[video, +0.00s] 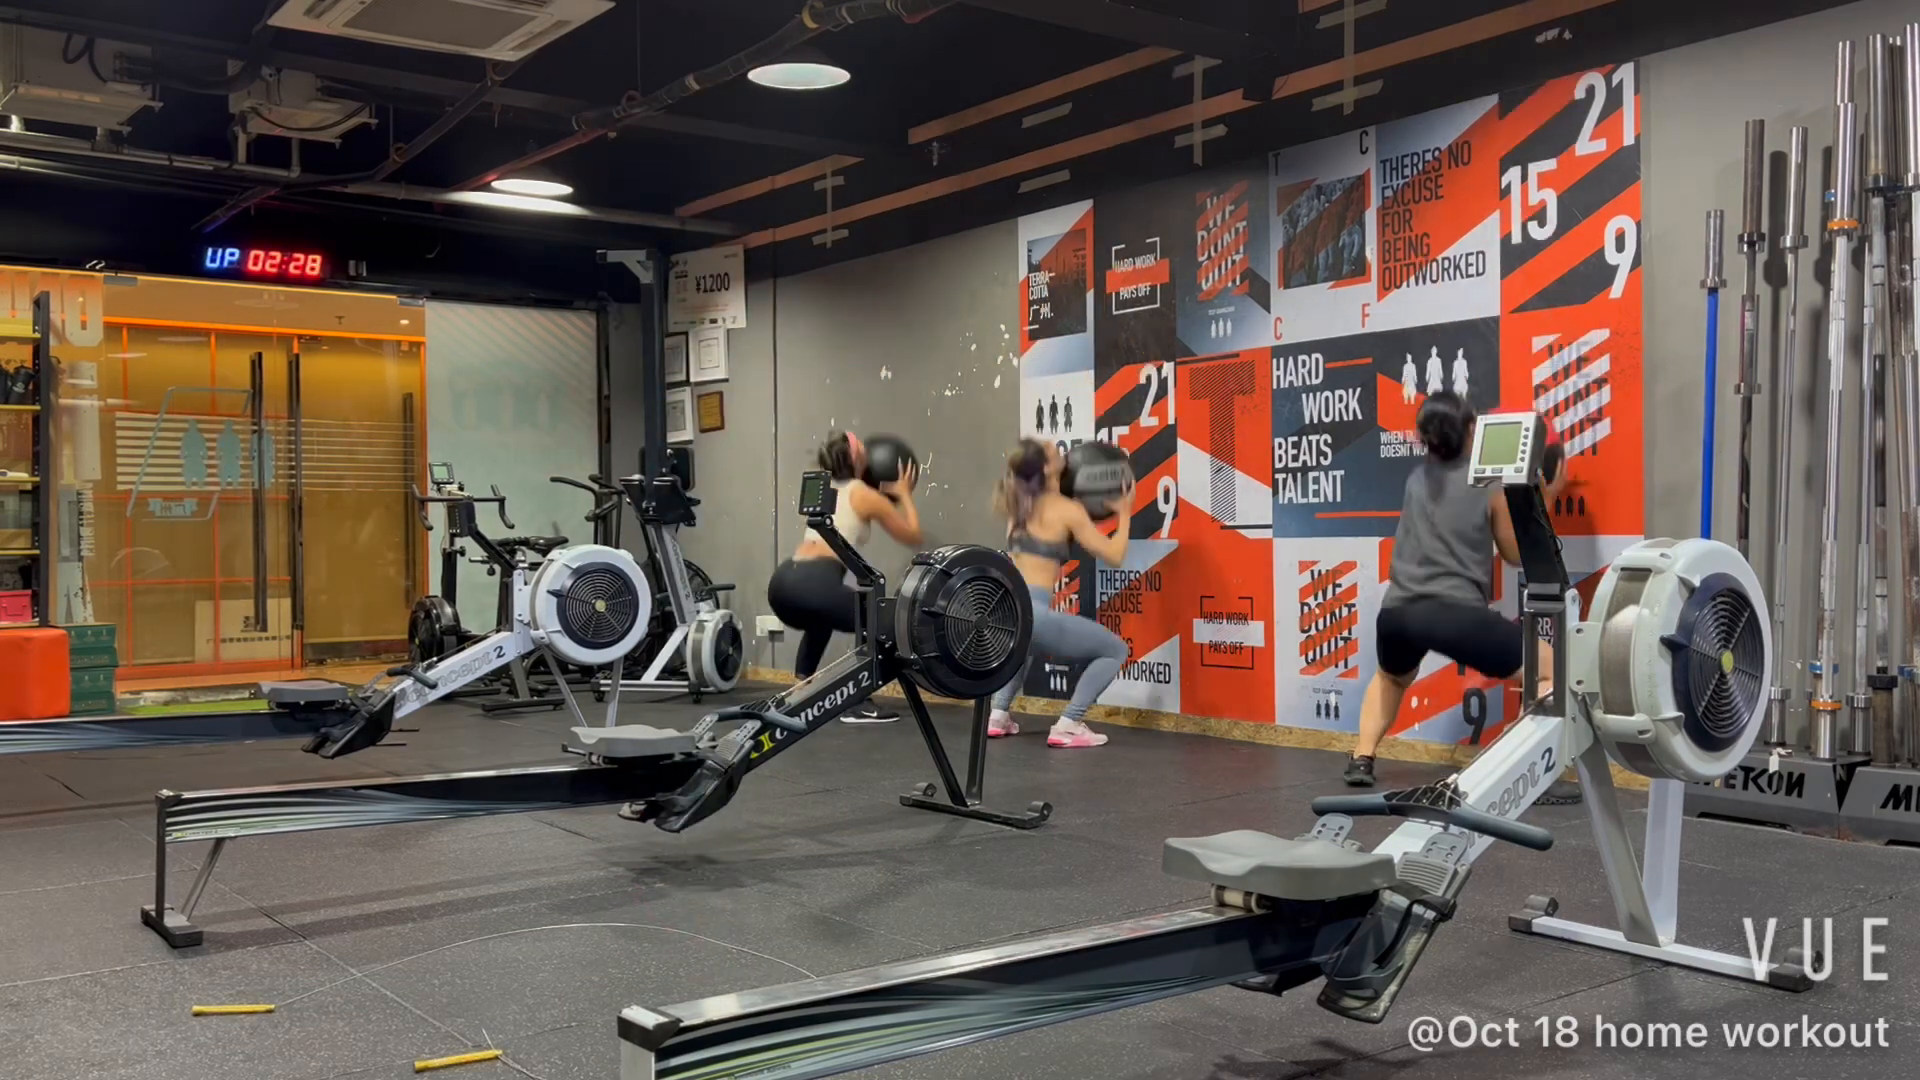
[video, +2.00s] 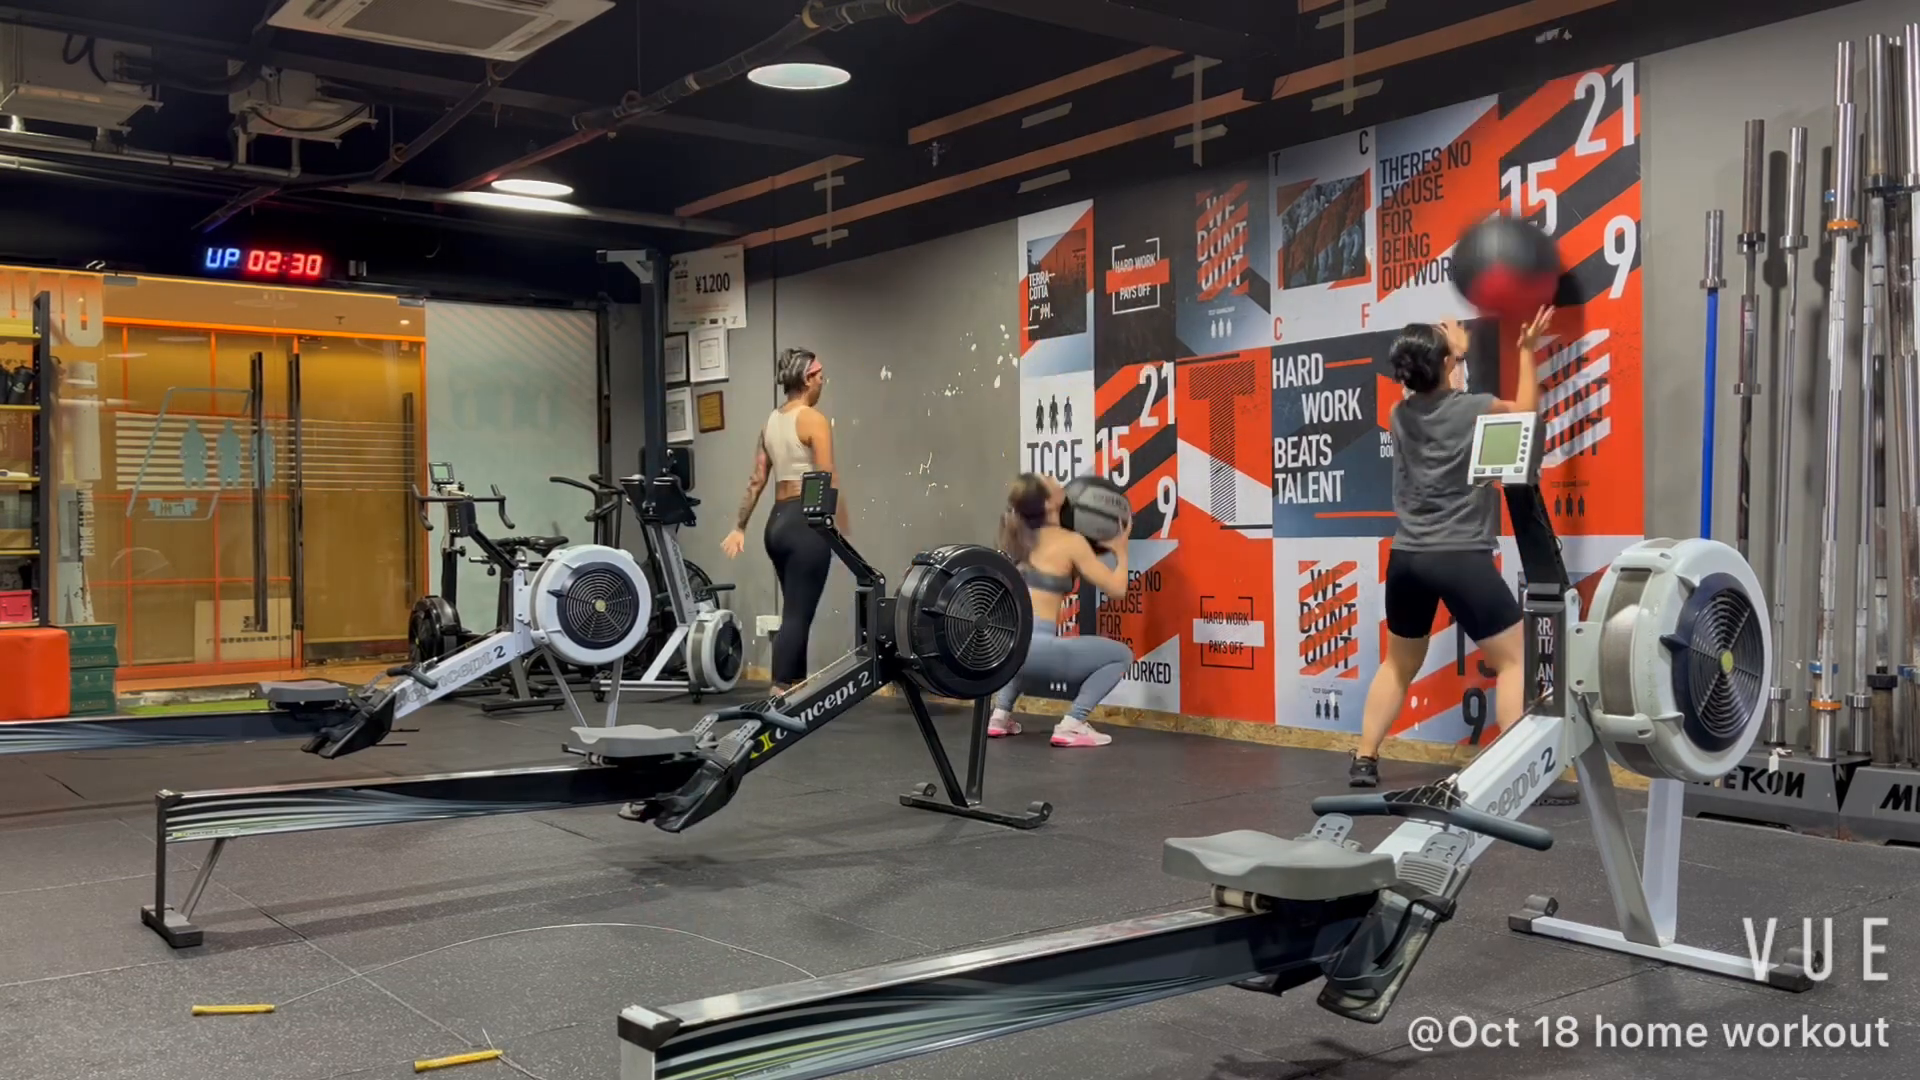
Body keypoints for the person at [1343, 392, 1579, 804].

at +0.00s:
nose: (1479, 429)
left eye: (1474, 423)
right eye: (1475, 424)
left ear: (1426, 437)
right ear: (1470, 432)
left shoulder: (1416, 480)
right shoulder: (1488, 485)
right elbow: (1515, 554)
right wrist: (1545, 499)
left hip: (1399, 612)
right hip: (1459, 614)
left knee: (1390, 677)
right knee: (1547, 669)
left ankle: (1361, 759)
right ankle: (1541, 775)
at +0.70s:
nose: (1482, 480)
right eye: (1479, 474)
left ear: (1432, 485)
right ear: (1475, 484)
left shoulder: (1418, 525)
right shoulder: (1498, 536)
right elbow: (1513, 609)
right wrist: (1520, 573)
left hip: (1387, 650)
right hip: (1450, 649)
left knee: (1388, 683)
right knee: (1548, 672)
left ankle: (1362, 759)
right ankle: (1533, 772)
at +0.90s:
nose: (1478, 435)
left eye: (1473, 429)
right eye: (1474, 431)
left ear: (1426, 447)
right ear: (1470, 444)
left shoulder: (1414, 490)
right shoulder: (1489, 494)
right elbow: (1514, 568)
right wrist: (1533, 509)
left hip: (1390, 612)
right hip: (1451, 613)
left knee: (1392, 675)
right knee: (1542, 670)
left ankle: (1363, 757)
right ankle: (1528, 775)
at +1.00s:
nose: (1469, 402)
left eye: (1464, 395)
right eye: (1465, 397)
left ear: (1419, 412)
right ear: (1461, 406)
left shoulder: (1408, 455)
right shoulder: (1481, 451)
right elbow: (1506, 522)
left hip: (1399, 587)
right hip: (1458, 585)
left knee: (1391, 671)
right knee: (1533, 667)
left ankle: (1363, 755)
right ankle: (1525, 767)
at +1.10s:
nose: (1450, 352)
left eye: (1442, 346)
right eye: (1446, 348)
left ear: (1406, 363)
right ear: (1445, 358)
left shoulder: (1401, 407)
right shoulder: (1477, 402)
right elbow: (1523, 454)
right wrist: (1519, 391)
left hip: (1409, 547)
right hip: (1467, 544)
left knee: (1397, 647)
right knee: (1513, 646)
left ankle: (1364, 747)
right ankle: (1533, 763)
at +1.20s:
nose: (1443, 322)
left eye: (1438, 316)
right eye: (1438, 318)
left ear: (1399, 337)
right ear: (1434, 331)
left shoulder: (1391, 374)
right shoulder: (1465, 364)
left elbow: (1416, 344)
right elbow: (1521, 345)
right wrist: (1520, 282)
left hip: (1417, 514)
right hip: (1471, 512)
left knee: (1395, 628)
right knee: (1503, 620)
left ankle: (1362, 722)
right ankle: (1533, 722)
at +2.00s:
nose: (1460, 336)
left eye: (1453, 334)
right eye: (1454, 338)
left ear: (1414, 371)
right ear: (1451, 364)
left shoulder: (1402, 414)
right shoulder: (1476, 407)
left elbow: (1437, 395)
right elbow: (1526, 414)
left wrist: (1451, 351)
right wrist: (1528, 354)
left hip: (1407, 561)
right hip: (1464, 562)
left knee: (1398, 665)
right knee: (1512, 662)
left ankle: (1363, 760)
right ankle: (1516, 772)